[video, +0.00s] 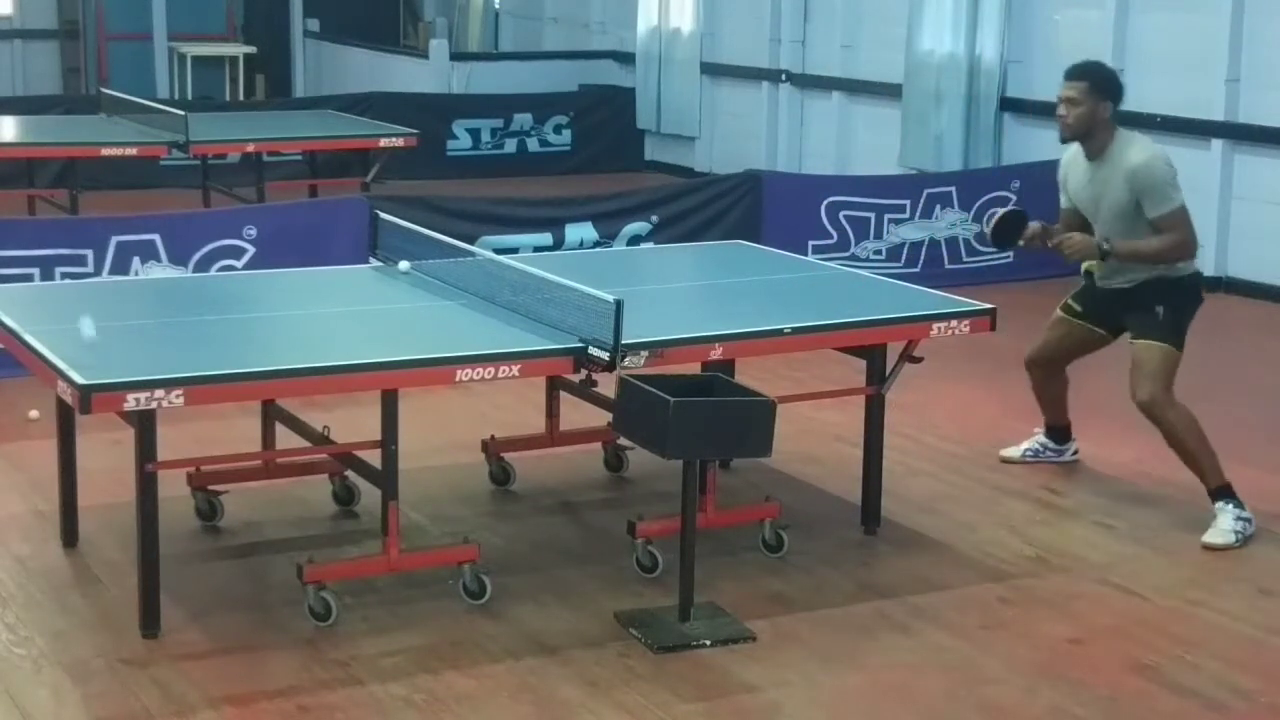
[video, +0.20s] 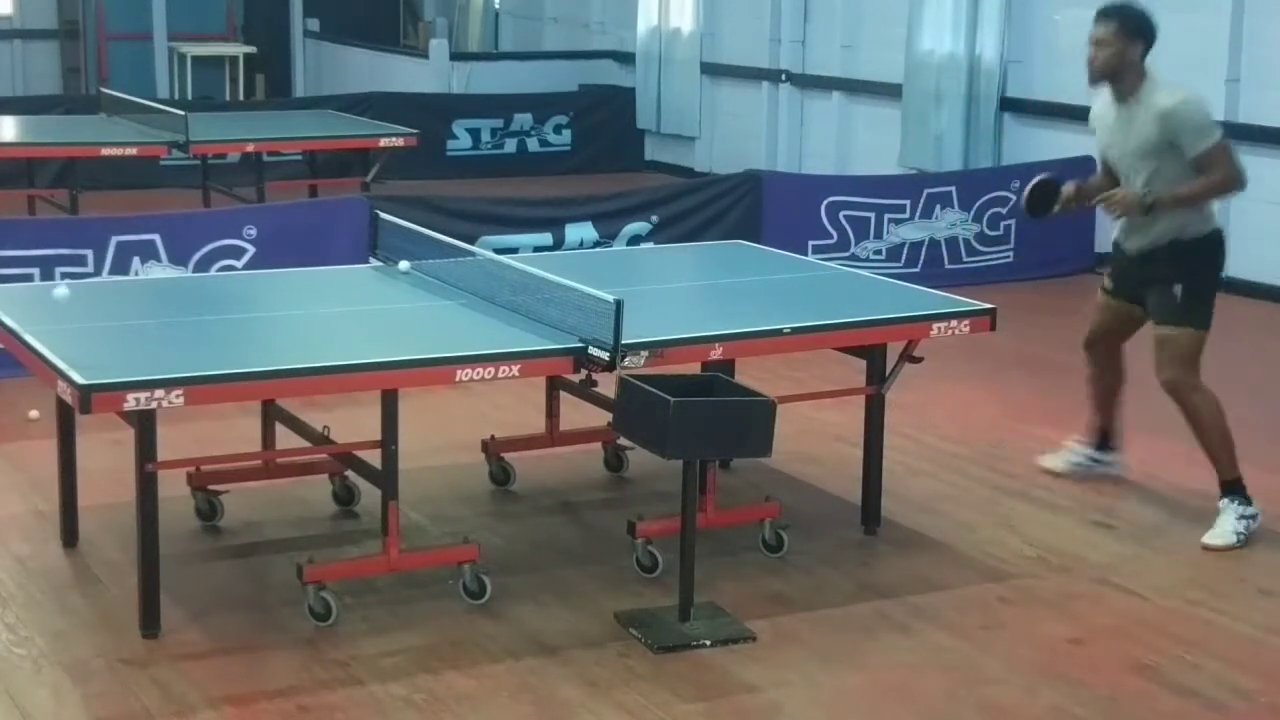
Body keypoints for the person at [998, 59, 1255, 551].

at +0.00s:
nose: (1060, 111)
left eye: (1071, 104)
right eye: (1059, 102)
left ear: (1104, 109)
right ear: (1070, 106)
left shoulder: (1145, 162)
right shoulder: (1071, 162)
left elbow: (1183, 244)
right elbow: (1077, 233)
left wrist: (1103, 248)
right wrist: (1045, 234)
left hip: (1165, 286)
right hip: (1107, 284)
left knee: (1151, 395)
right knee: (1041, 360)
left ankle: (1229, 506)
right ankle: (1058, 441)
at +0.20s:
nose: (1092, 53)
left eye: (1103, 45)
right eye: (1091, 43)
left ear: (1135, 51)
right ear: (1100, 50)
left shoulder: (1176, 108)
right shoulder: (1103, 110)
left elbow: (1229, 176)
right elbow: (1113, 179)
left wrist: (1151, 200)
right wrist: (1075, 194)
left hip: (1189, 249)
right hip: (1136, 248)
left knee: (1176, 375)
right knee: (1099, 341)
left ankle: (1237, 501)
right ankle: (1103, 448)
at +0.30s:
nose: (1102, 36)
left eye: (1113, 27)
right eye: (1101, 25)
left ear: (1148, 32)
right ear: (1104, 30)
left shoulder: (1189, 87)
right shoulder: (1109, 89)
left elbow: (1244, 157)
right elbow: (1123, 163)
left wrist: (1164, 190)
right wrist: (1088, 181)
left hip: (1195, 233)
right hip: (1140, 233)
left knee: (1186, 360)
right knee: (1117, 344)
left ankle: (1244, 492)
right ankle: (1175, 455)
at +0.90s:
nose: (1105, 29)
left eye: (1117, 18)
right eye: (1103, 19)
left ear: (1155, 23)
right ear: (1110, 27)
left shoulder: (1196, 92)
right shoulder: (1108, 96)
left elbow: (1250, 177)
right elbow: (1121, 175)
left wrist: (1167, 219)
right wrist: (1092, 215)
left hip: (1186, 264)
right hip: (1122, 263)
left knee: (1187, 398)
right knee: (1088, 384)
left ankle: (1211, 529)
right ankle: (1155, 489)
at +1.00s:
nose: (1085, 24)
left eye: (1096, 14)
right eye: (1086, 15)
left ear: (1134, 19)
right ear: (1116, 22)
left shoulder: (1174, 85)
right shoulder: (1100, 89)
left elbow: (1214, 176)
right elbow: (1117, 172)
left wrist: (1122, 210)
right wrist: (1078, 211)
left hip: (1173, 261)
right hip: (1112, 261)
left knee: (1184, 392)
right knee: (1073, 383)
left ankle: (1207, 524)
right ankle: (1092, 522)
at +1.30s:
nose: (1024, 33)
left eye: (1034, 21)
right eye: (1026, 22)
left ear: (1069, 28)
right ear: (1053, 30)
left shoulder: (1105, 96)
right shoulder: (1052, 99)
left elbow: (1120, 197)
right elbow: (1063, 194)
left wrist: (1027, 218)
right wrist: (1014, 223)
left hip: (1099, 276)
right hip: (1044, 273)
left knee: (1099, 417)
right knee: (1023, 404)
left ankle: (1170, 499)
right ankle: (1038, 548)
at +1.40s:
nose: (999, 32)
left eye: (1009, 20)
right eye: (1001, 21)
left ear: (1044, 25)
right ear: (1034, 27)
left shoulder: (1079, 95)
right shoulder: (1031, 98)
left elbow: (1101, 195)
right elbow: (1040, 191)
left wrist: (1011, 218)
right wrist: (992, 216)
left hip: (1070, 270)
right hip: (1026, 268)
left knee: (1037, 410)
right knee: (1017, 408)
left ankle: (1119, 501)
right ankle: (1038, 547)